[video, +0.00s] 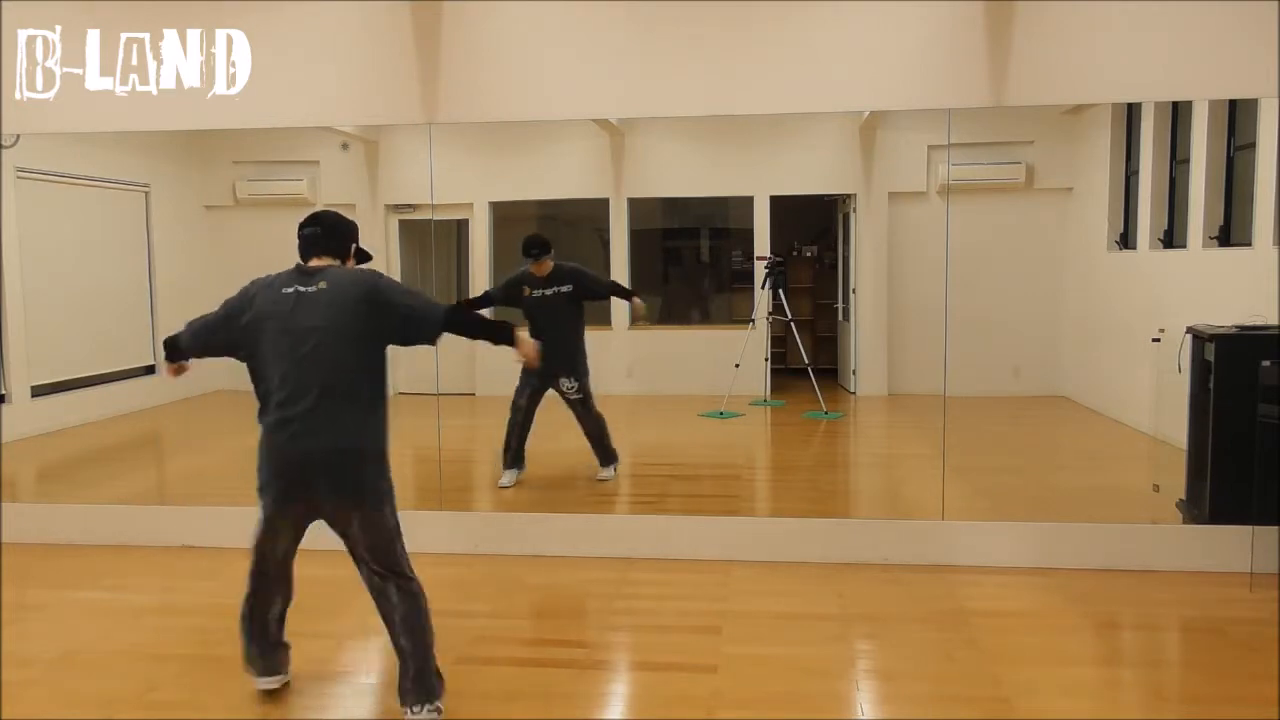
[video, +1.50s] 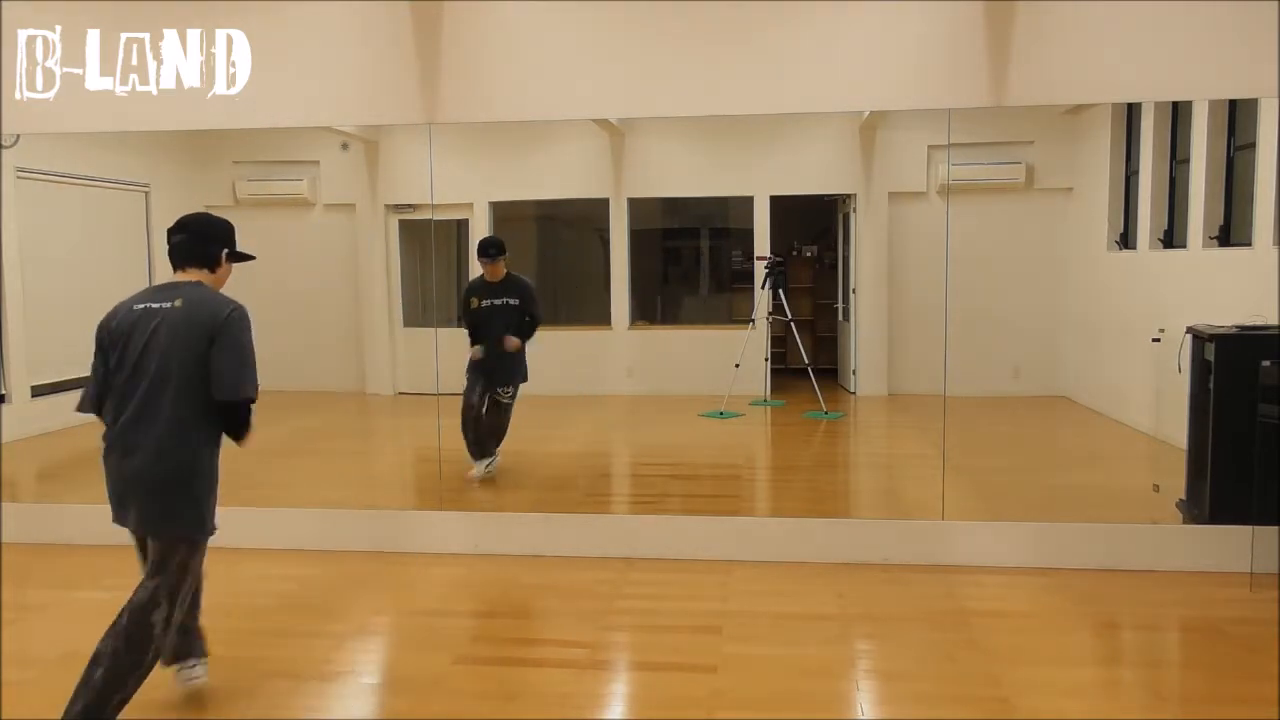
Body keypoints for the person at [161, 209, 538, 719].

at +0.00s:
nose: (355, 262)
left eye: (353, 257)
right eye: (355, 256)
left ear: (300, 253)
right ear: (348, 255)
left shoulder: (260, 295)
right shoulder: (367, 286)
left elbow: (199, 333)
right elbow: (444, 316)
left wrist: (174, 353)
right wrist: (511, 336)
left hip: (284, 465)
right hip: (355, 463)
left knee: (271, 558)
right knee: (391, 576)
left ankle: (266, 665)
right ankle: (422, 698)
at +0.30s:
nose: (374, 270)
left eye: (374, 264)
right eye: (376, 263)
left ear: (319, 256)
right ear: (369, 260)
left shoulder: (275, 310)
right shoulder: (380, 307)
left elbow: (264, 407)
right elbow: (392, 403)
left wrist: (301, 445)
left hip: (304, 489)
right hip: (371, 483)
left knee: (319, 603)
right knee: (406, 588)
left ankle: (328, 711)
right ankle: (404, 693)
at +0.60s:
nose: (372, 278)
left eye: (373, 271)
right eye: (372, 269)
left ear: (317, 259)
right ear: (362, 264)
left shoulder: (273, 295)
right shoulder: (365, 298)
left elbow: (296, 371)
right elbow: (371, 384)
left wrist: (381, 387)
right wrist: (394, 386)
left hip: (268, 478)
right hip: (336, 478)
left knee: (289, 602)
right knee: (344, 590)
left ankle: (317, 708)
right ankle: (322, 676)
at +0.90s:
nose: (336, 295)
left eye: (338, 286)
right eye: (338, 285)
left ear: (290, 270)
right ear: (329, 278)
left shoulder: (230, 310)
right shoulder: (326, 324)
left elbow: (207, 388)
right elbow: (344, 407)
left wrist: (245, 424)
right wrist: (363, 425)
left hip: (243, 474)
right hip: (306, 474)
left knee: (272, 560)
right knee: (345, 569)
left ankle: (256, 638)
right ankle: (317, 680)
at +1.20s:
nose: (275, 274)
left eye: (276, 266)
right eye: (275, 265)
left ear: (223, 252)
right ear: (262, 258)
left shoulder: (167, 297)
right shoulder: (267, 294)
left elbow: (108, 344)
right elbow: (345, 324)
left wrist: (65, 370)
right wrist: (425, 339)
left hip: (165, 471)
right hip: (238, 470)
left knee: (165, 581)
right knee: (289, 574)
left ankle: (156, 684)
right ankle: (282, 683)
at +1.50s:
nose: (231, 272)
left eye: (232, 264)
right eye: (231, 263)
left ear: (174, 258)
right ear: (219, 262)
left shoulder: (123, 311)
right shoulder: (223, 314)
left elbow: (99, 399)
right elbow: (232, 404)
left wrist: (147, 413)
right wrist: (239, 428)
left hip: (124, 474)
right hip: (182, 479)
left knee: (170, 561)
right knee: (157, 599)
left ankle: (189, 656)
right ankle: (86, 714)